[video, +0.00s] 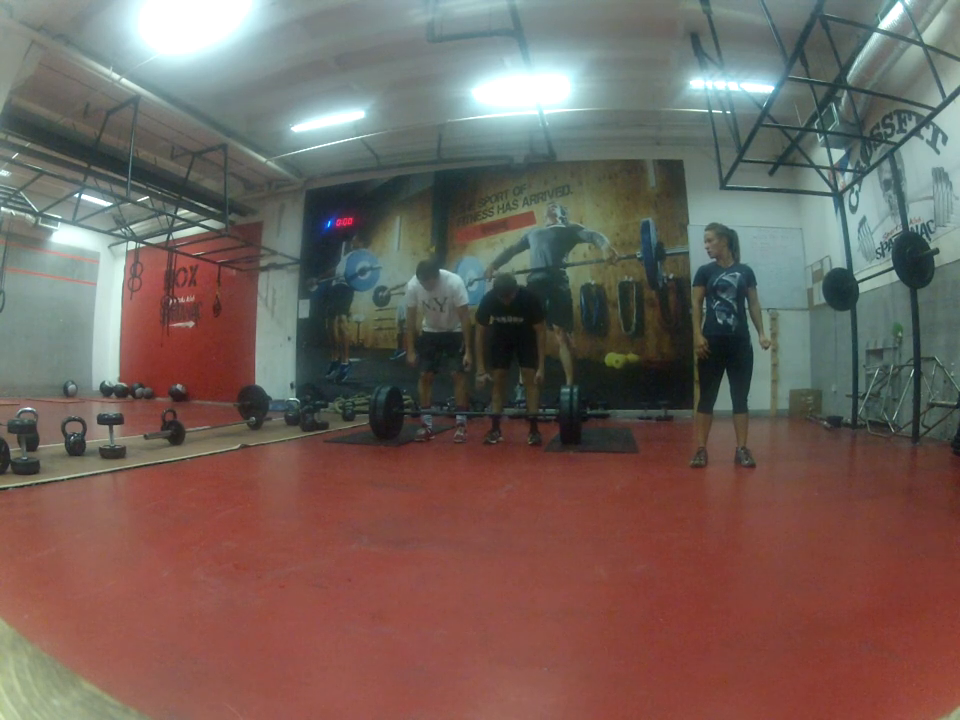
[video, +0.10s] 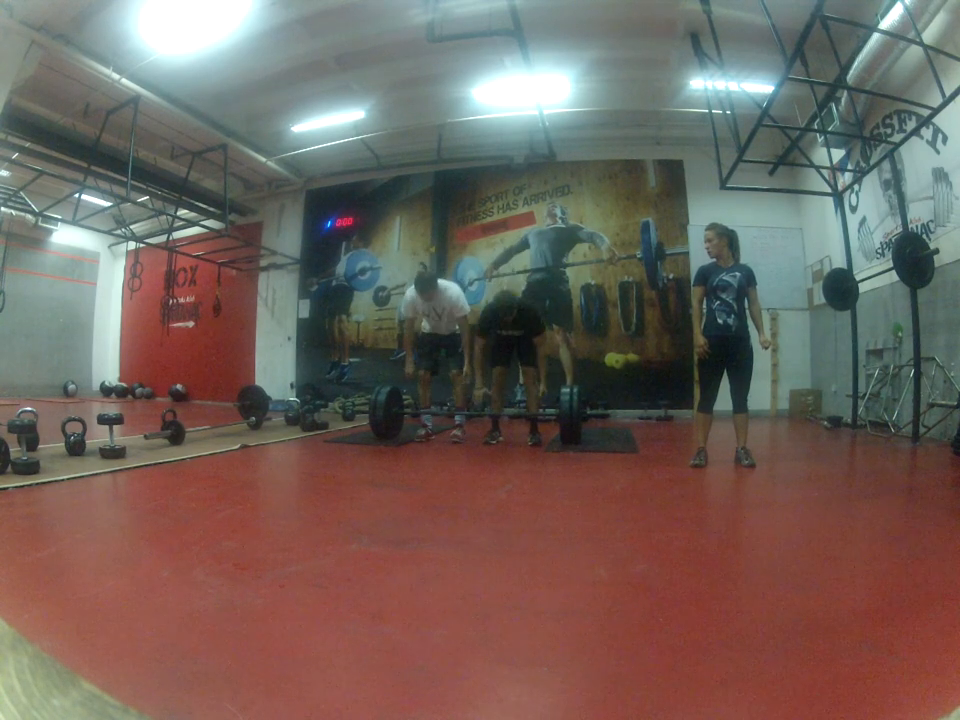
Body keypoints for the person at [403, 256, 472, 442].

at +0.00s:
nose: (428, 287)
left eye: (431, 283)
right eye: (424, 283)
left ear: (437, 276)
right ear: (419, 278)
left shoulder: (454, 282)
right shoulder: (413, 286)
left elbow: (465, 318)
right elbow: (410, 320)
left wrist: (467, 351)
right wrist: (410, 350)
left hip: (454, 332)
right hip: (429, 332)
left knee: (458, 375)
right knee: (425, 376)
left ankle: (461, 424)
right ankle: (426, 425)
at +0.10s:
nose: (427, 299)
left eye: (430, 295)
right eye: (423, 296)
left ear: (436, 287)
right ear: (417, 290)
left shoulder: (453, 293)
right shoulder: (412, 295)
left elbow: (464, 327)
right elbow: (409, 328)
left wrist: (467, 362)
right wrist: (408, 360)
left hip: (452, 333)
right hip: (428, 333)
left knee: (456, 374)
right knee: (423, 375)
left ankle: (459, 425)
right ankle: (426, 425)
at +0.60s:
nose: (431, 334)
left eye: (434, 331)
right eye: (428, 332)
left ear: (439, 326)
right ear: (421, 328)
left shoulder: (454, 329)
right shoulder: (412, 332)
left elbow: (461, 365)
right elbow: (409, 368)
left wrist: (466, 397)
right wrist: (408, 400)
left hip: (449, 348)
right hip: (426, 349)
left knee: (451, 375)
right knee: (421, 376)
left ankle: (458, 425)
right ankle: (426, 424)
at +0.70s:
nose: (430, 323)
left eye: (433, 319)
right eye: (427, 320)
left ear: (439, 315)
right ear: (421, 317)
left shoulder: (453, 320)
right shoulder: (412, 322)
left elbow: (461, 356)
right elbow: (409, 359)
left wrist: (466, 389)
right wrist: (408, 393)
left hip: (449, 344)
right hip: (426, 344)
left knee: (452, 373)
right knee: (421, 374)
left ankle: (458, 425)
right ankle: (426, 424)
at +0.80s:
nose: (429, 299)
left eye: (432, 295)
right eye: (425, 295)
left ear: (438, 291)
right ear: (420, 292)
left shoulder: (453, 303)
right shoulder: (412, 305)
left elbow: (460, 339)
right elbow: (409, 341)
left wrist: (466, 372)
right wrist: (407, 373)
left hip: (450, 336)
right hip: (426, 337)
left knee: (456, 376)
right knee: (423, 376)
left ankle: (458, 426)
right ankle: (427, 425)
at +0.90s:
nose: (429, 272)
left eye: (432, 267)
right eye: (425, 268)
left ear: (438, 265)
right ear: (420, 266)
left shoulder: (454, 284)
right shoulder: (413, 286)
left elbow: (460, 321)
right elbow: (410, 322)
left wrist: (464, 351)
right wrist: (406, 353)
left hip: (451, 329)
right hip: (427, 329)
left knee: (458, 374)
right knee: (425, 377)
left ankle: (459, 425)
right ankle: (427, 426)